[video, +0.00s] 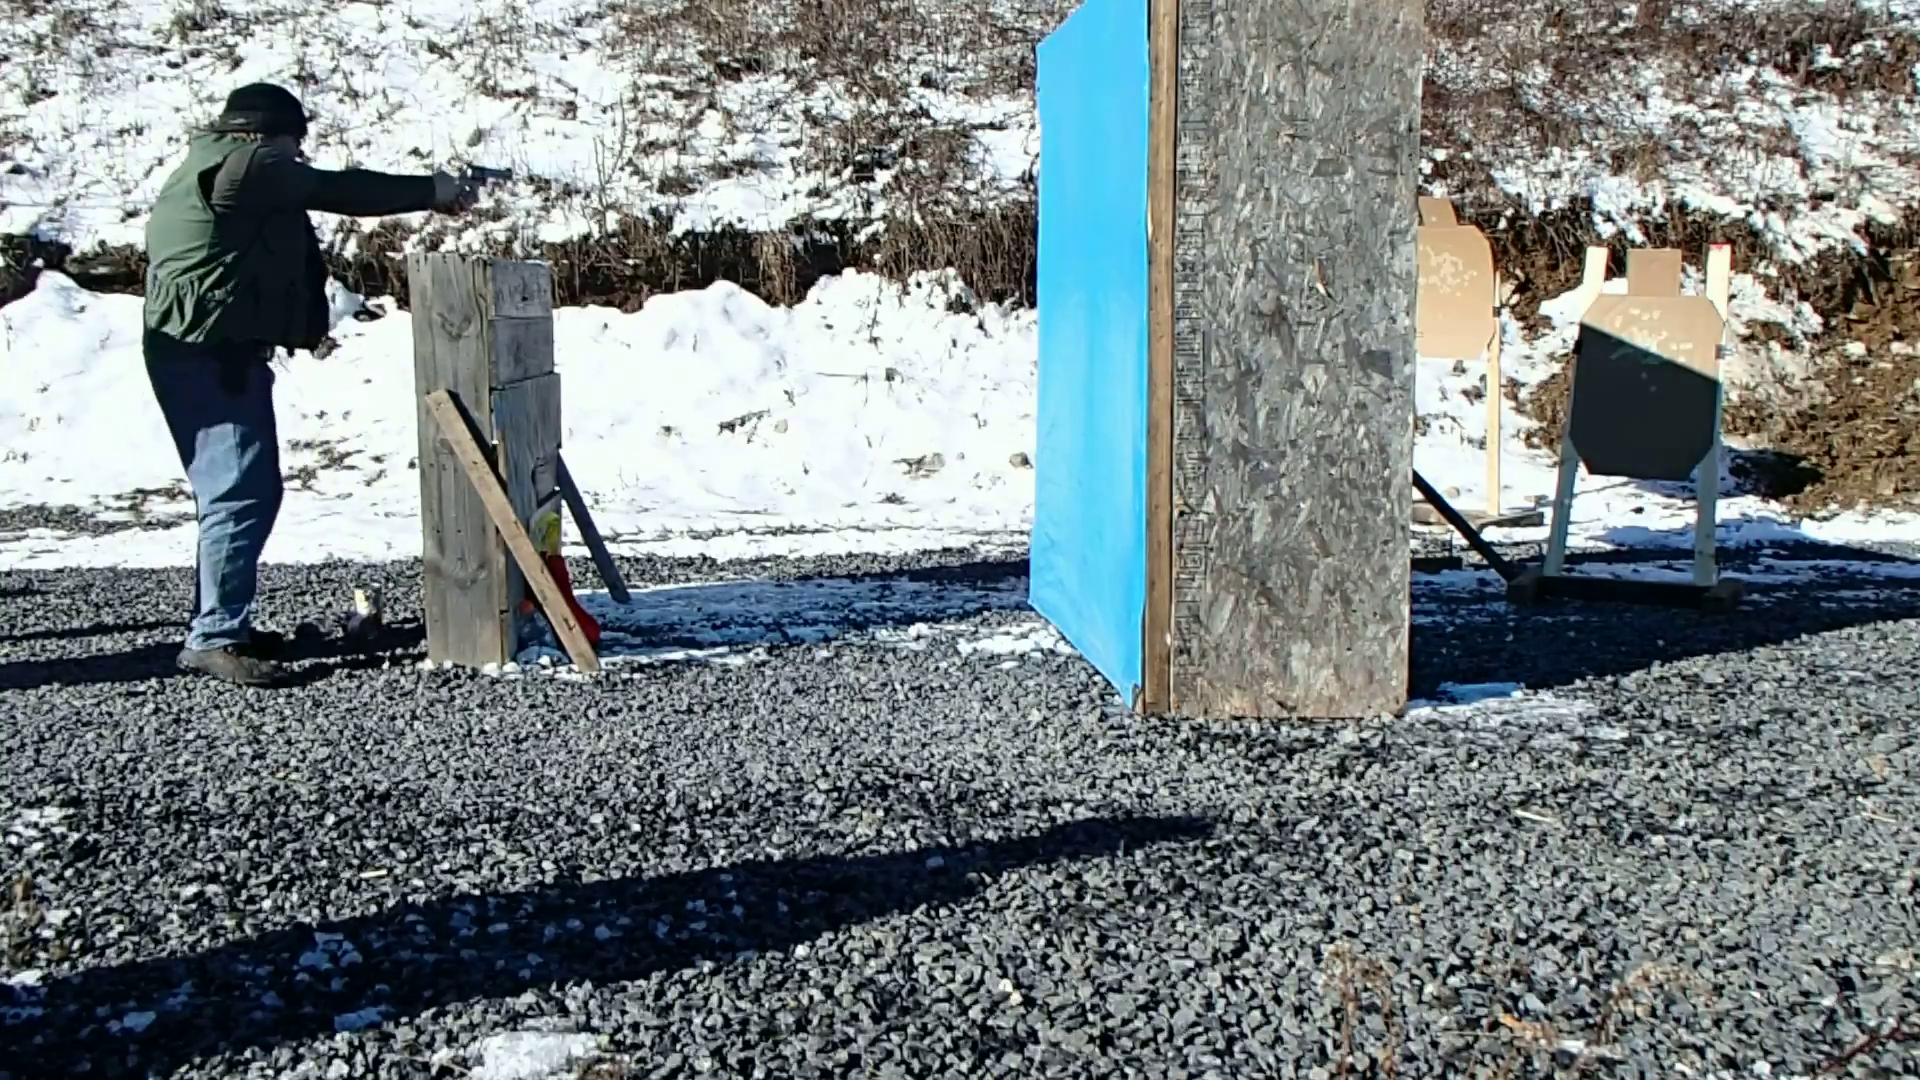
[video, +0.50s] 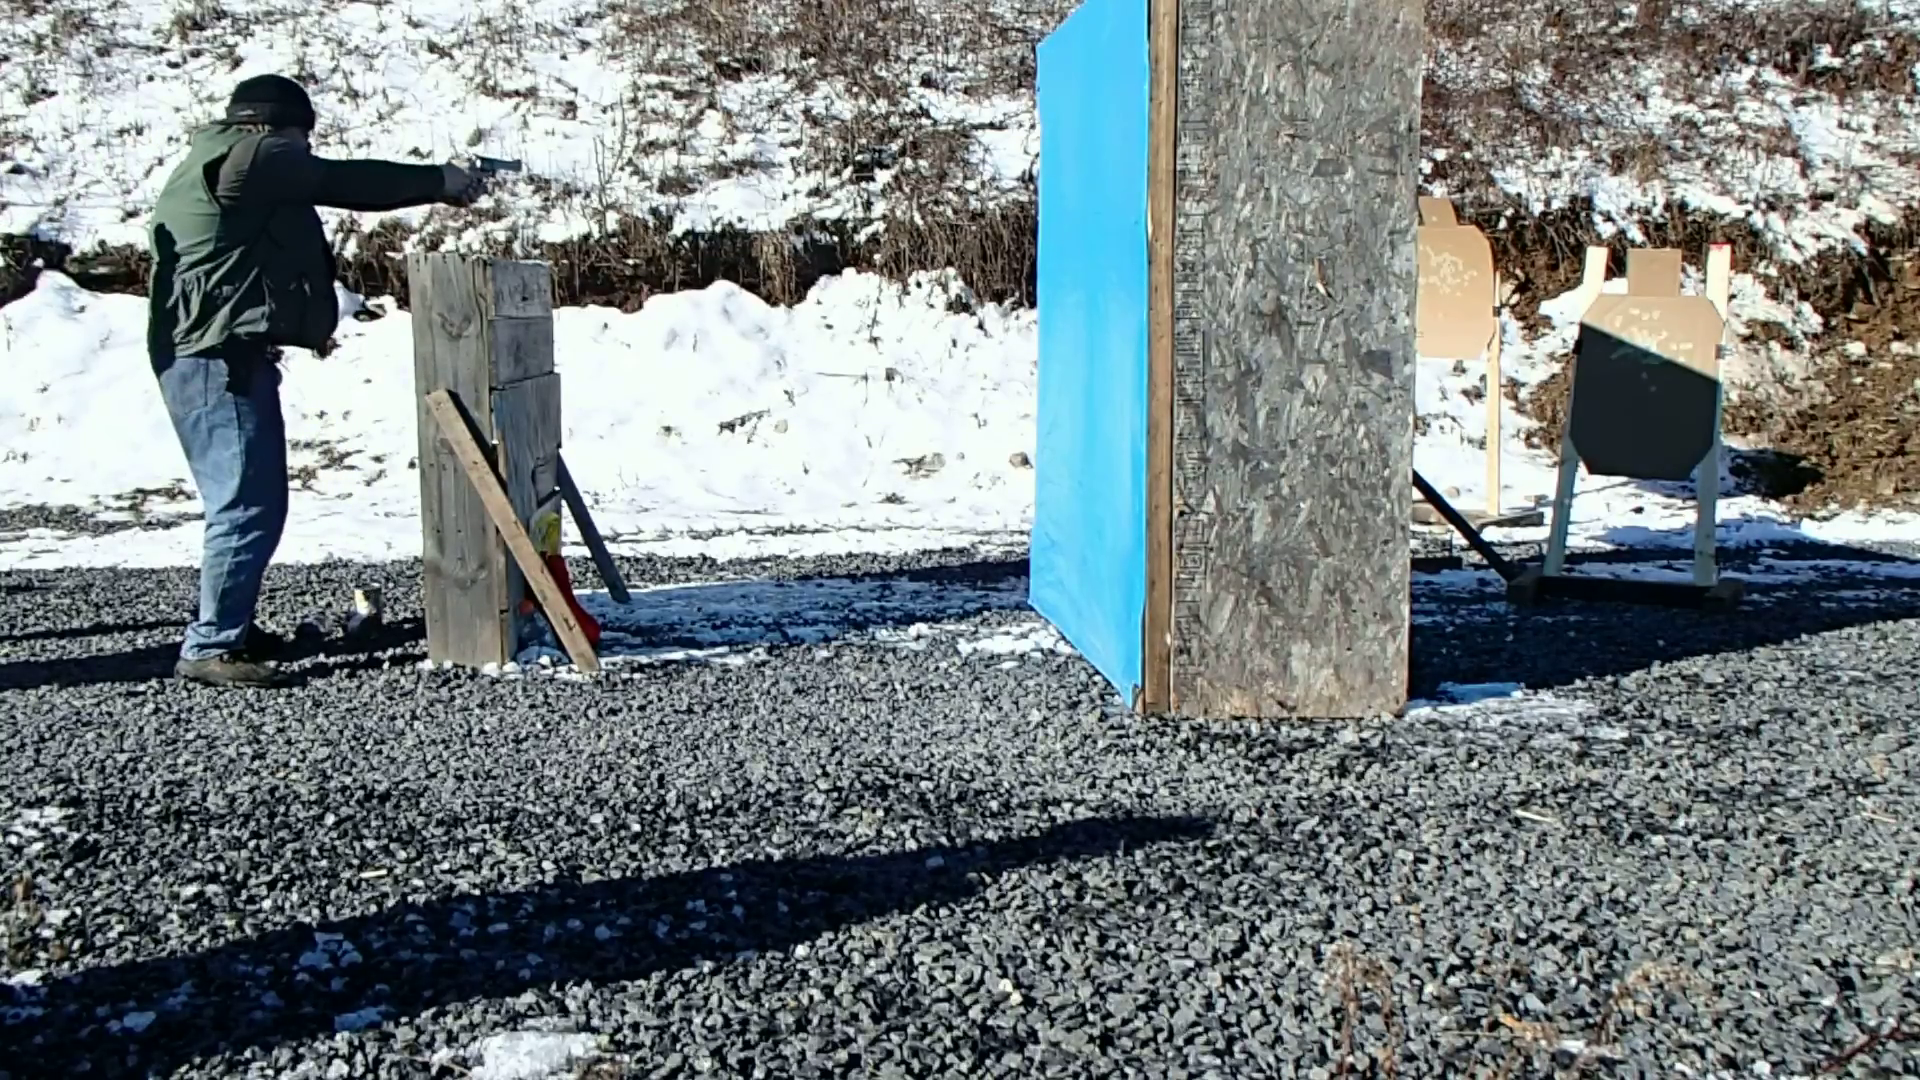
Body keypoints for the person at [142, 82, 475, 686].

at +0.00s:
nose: (298, 151)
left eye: (299, 141)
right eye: (293, 140)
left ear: (238, 126)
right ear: (269, 132)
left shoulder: (205, 166)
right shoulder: (248, 165)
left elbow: (240, 263)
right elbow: (348, 190)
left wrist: (304, 321)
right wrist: (436, 190)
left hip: (195, 348)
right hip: (216, 351)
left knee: (234, 489)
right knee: (242, 490)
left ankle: (225, 627)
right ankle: (215, 638)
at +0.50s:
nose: (305, 143)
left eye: (306, 134)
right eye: (302, 132)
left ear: (244, 117)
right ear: (281, 122)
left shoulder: (200, 163)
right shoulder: (255, 156)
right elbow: (354, 183)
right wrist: (446, 181)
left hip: (206, 354)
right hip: (224, 357)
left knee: (246, 500)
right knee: (248, 503)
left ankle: (228, 630)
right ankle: (212, 644)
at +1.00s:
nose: (303, 144)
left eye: (303, 133)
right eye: (299, 132)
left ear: (244, 116)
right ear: (273, 122)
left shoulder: (208, 158)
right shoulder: (244, 158)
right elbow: (346, 184)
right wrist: (440, 183)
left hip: (217, 355)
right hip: (219, 357)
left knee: (252, 500)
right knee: (248, 502)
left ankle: (229, 631)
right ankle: (211, 647)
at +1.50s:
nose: (303, 148)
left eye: (303, 138)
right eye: (298, 136)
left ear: (243, 118)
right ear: (271, 126)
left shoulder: (209, 159)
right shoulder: (240, 160)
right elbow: (344, 185)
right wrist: (438, 183)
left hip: (221, 359)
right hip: (220, 362)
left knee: (253, 500)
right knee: (252, 502)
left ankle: (230, 630)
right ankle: (212, 646)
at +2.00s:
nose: (312, 173)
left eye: (313, 162)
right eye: (306, 160)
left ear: (267, 156)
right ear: (270, 155)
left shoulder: (283, 207)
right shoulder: (213, 190)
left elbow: (315, 290)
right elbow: (262, 263)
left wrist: (354, 244)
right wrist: (343, 229)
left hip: (236, 379)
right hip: (194, 377)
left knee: (259, 494)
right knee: (280, 482)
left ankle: (201, 626)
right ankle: (218, 630)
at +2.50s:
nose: (383, 147)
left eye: (385, 135)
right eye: (371, 136)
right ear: (325, 140)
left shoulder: (378, 198)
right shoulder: (276, 192)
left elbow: (414, 281)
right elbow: (330, 271)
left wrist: (456, 258)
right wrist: (435, 255)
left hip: (360, 401)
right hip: (281, 402)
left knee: (411, 512)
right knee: (300, 543)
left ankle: (386, 662)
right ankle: (234, 665)